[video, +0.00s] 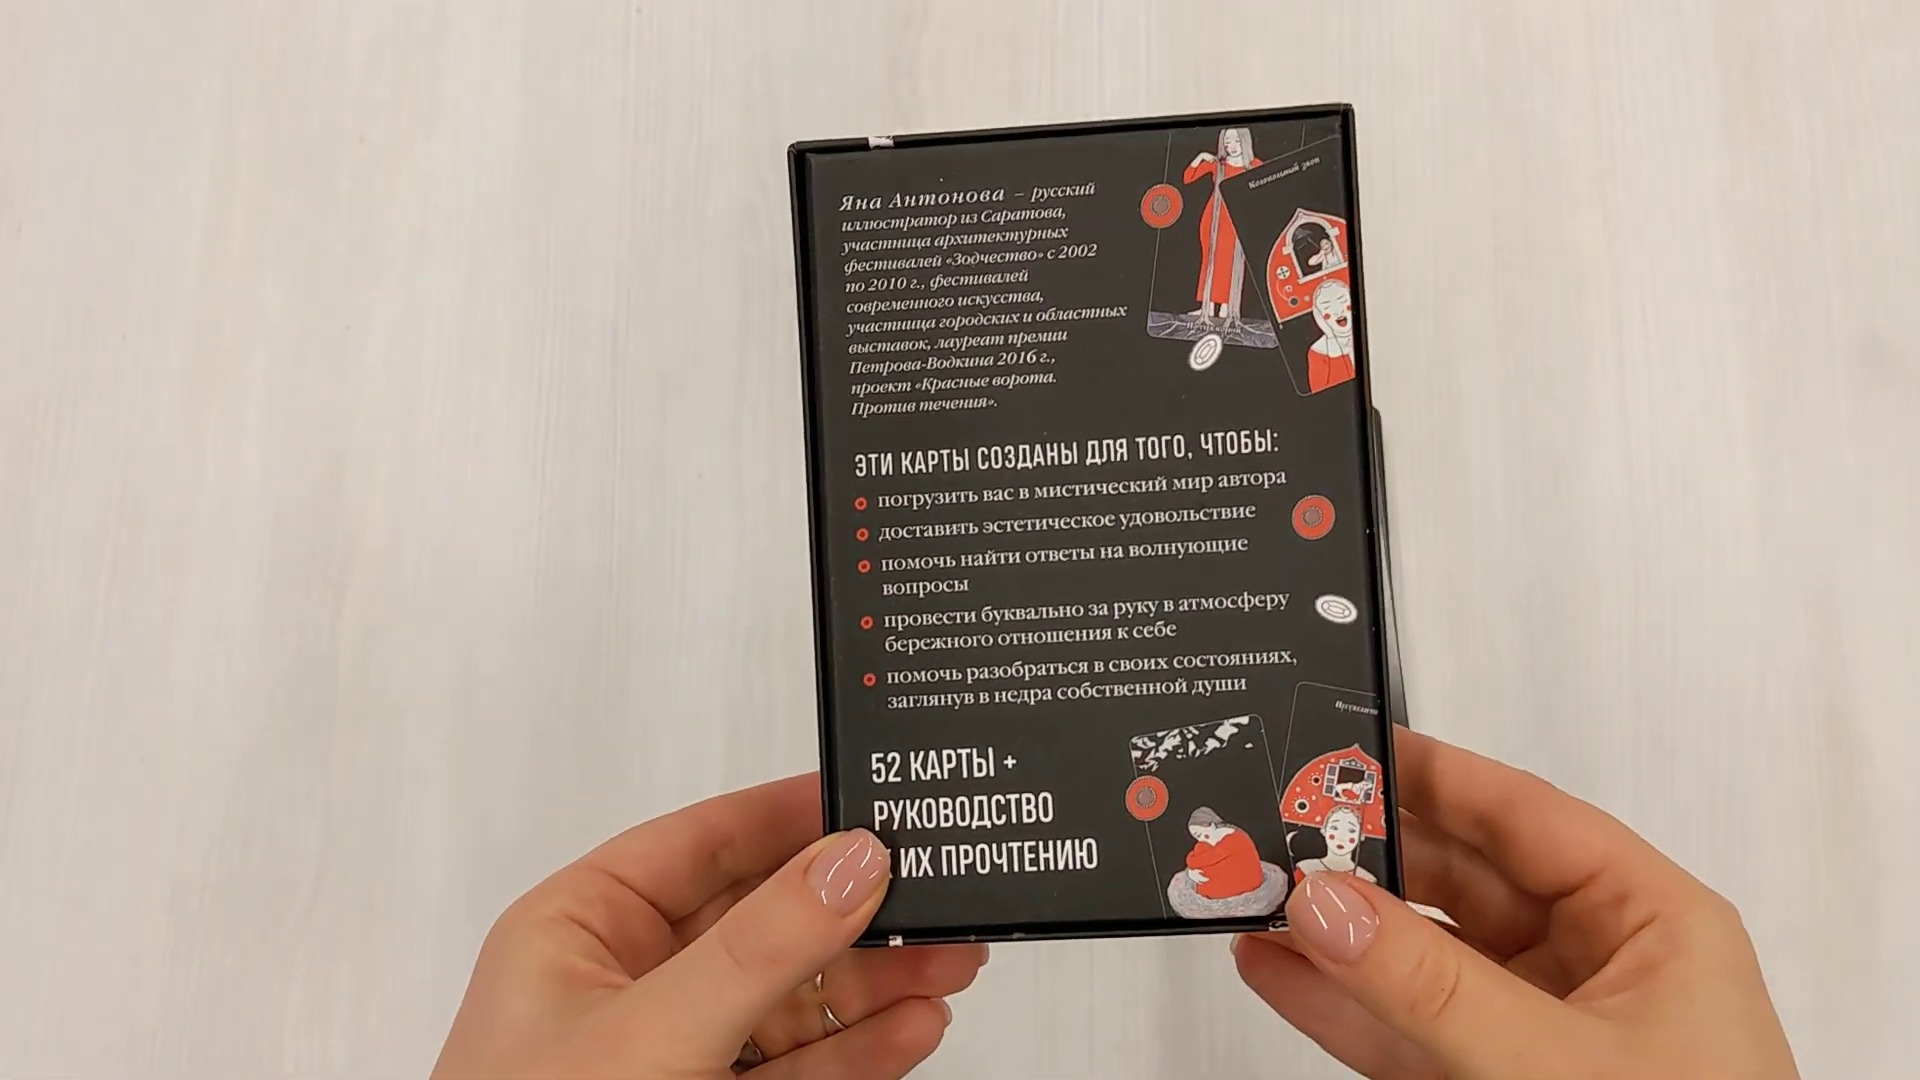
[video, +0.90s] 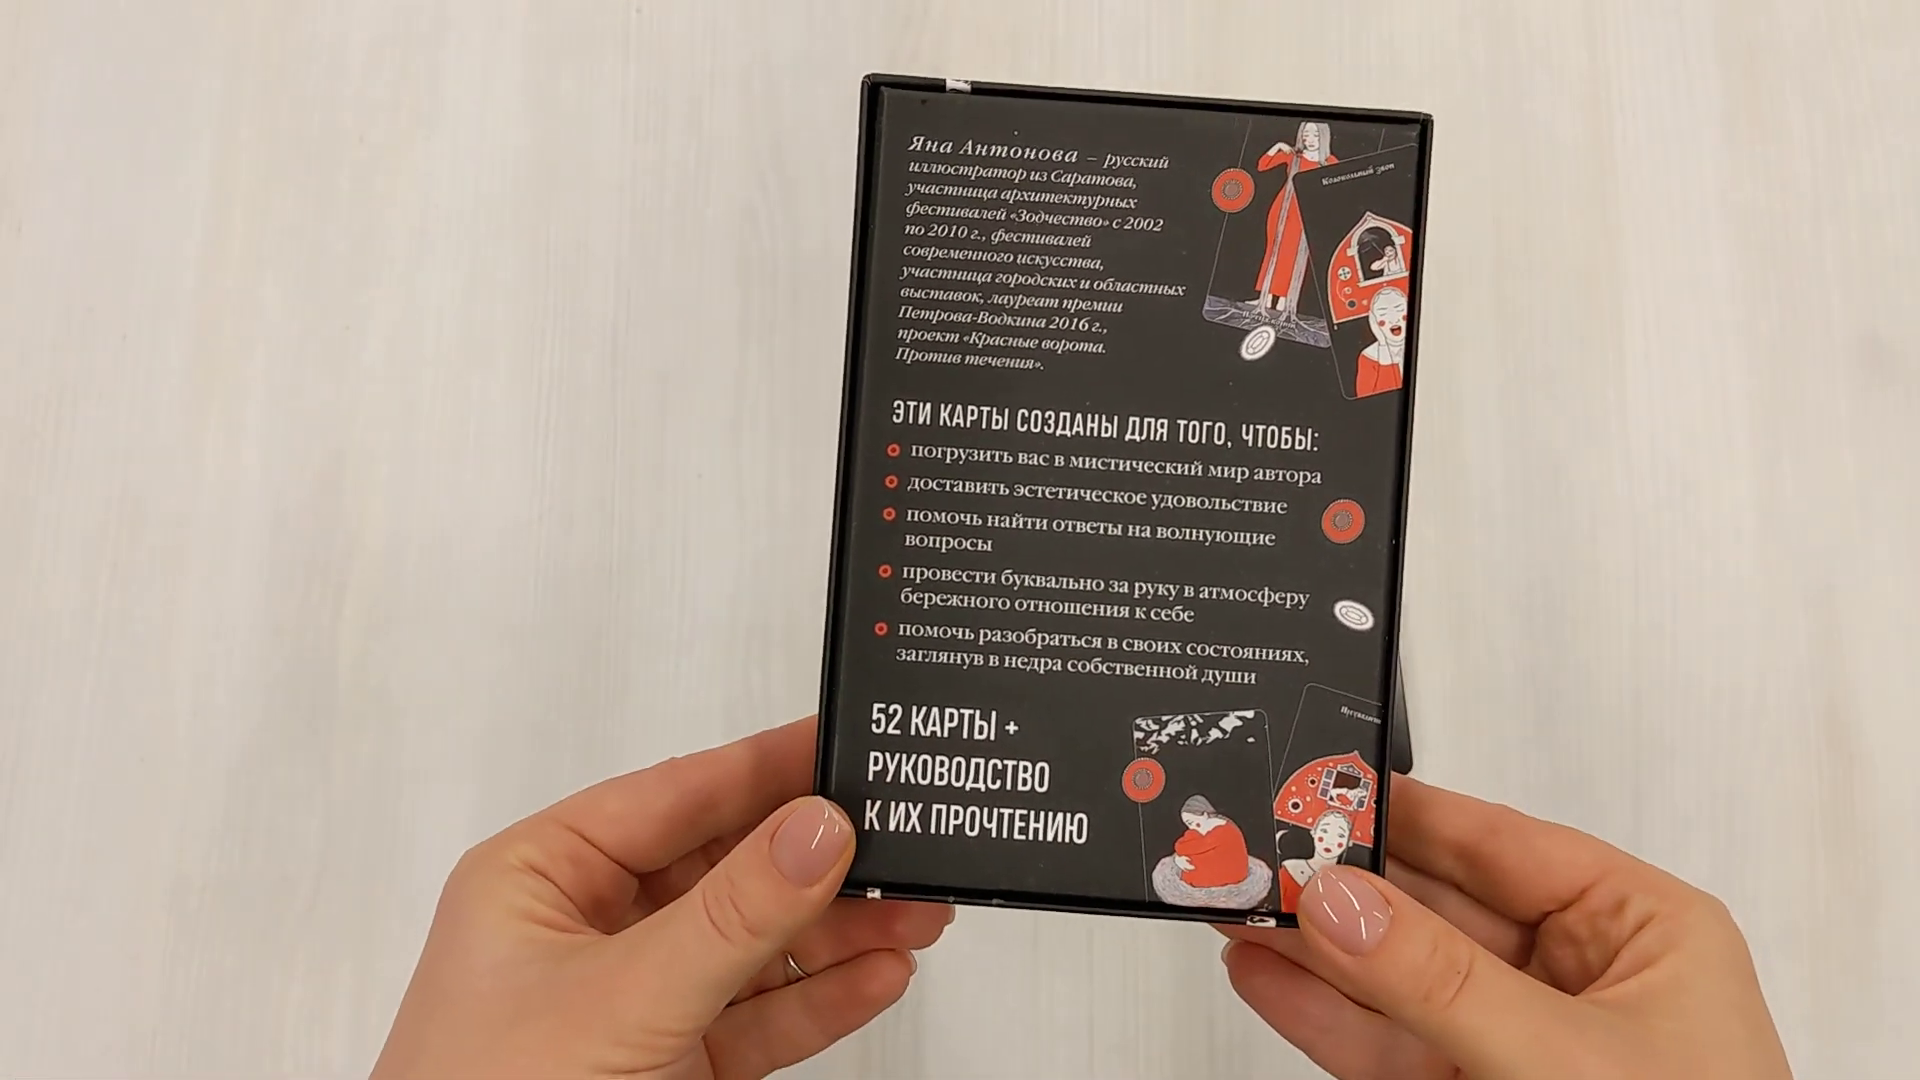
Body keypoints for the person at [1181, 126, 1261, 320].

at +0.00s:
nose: (1232, 146)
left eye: (1235, 141)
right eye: (1227, 142)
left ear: (1244, 142)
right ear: (1223, 145)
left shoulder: (1255, 166)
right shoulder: (1216, 165)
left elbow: (1264, 193)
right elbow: (1187, 179)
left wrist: (1249, 168)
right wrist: (1200, 158)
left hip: (1238, 219)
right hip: (1215, 217)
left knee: (1232, 261)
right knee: (1212, 260)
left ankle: (1227, 308)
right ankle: (1207, 307)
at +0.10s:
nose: (1242, 129)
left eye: (1246, 124)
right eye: (1238, 125)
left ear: (1255, 125)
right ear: (1233, 129)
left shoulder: (1266, 149)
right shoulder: (1227, 149)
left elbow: (1276, 174)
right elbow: (1198, 164)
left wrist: (1261, 152)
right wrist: (1211, 142)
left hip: (1249, 205)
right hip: (1225, 203)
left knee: (1243, 250)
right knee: (1222, 248)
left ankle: (1238, 296)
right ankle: (1218, 295)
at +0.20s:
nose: (1268, 131)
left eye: (1272, 126)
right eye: (1263, 127)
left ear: (1281, 127)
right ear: (1258, 130)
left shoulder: (1291, 152)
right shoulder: (1251, 149)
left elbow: (1301, 179)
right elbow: (1221, 163)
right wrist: (1235, 142)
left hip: (1272, 206)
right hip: (1248, 203)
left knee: (1263, 249)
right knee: (1243, 247)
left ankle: (1258, 296)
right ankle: (1238, 294)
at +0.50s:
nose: (1297, 137)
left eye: (1301, 132)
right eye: (1292, 133)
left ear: (1310, 134)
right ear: (1287, 135)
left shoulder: (1319, 160)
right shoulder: (1279, 154)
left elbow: (1326, 188)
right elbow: (1249, 166)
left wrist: (1312, 163)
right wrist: (1263, 146)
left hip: (1297, 213)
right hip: (1273, 209)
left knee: (1286, 255)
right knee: (1268, 251)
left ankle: (1277, 301)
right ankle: (1258, 298)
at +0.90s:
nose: (1310, 139)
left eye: (1315, 135)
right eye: (1306, 134)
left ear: (1323, 137)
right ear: (1300, 137)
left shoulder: (1330, 162)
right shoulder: (1291, 156)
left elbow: (1339, 188)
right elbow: (1262, 166)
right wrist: (1277, 147)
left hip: (1307, 213)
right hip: (1284, 208)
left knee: (1295, 255)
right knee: (1277, 251)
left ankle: (1283, 300)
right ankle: (1265, 297)